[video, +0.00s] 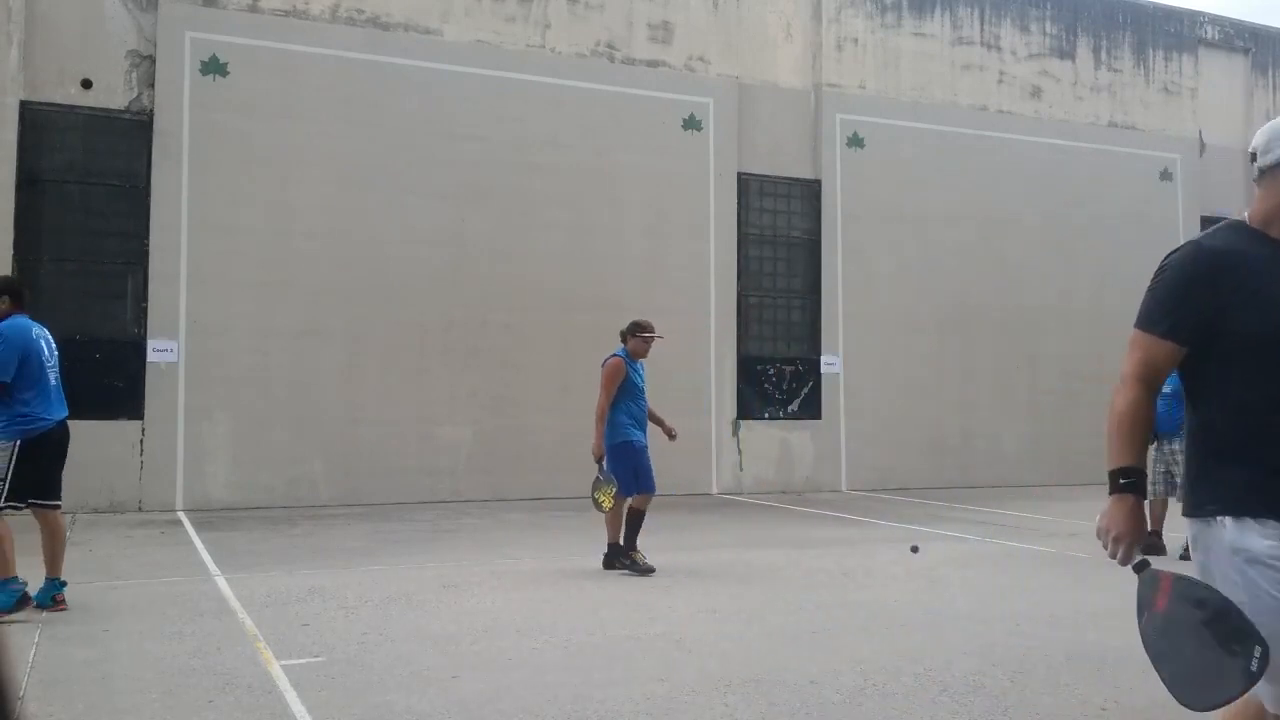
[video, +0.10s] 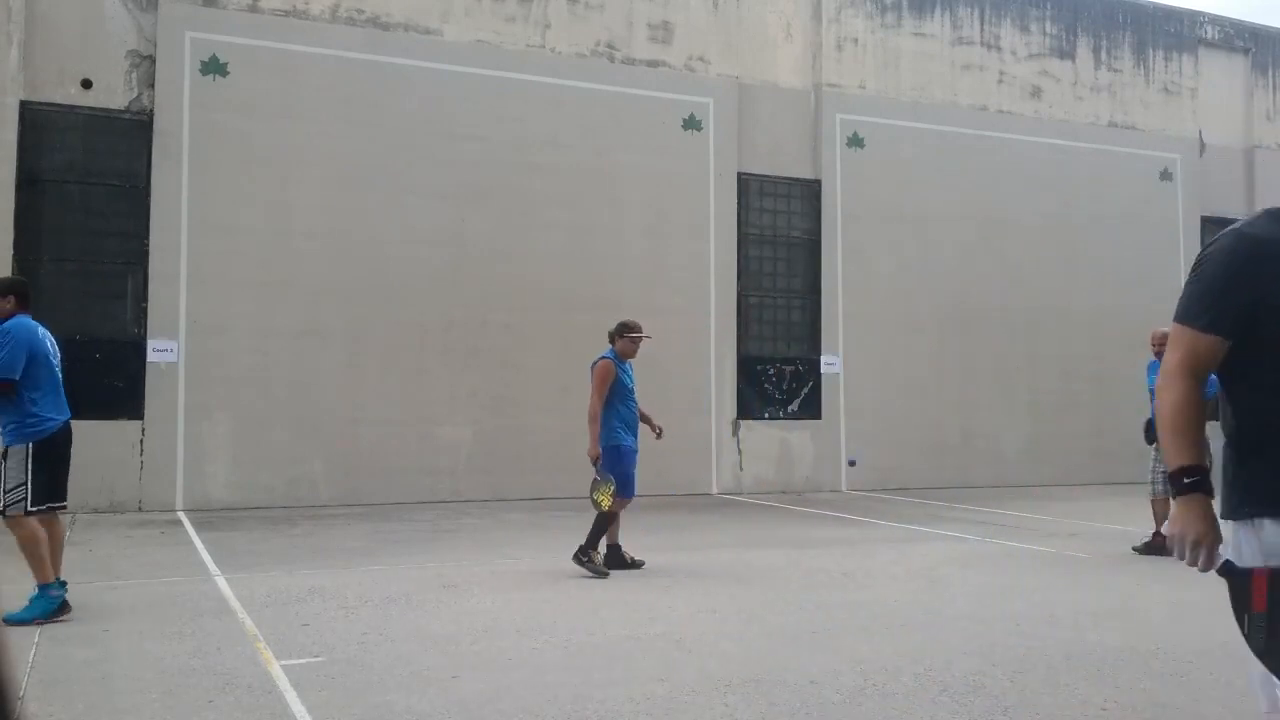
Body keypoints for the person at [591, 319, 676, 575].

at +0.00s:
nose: (649, 345)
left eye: (651, 341)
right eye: (645, 340)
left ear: (645, 343)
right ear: (630, 340)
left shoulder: (636, 365)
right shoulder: (617, 364)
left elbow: (639, 404)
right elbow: (603, 404)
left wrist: (663, 424)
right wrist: (598, 441)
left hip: (627, 437)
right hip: (626, 439)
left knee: (618, 493)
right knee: (645, 489)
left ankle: (613, 552)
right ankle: (629, 550)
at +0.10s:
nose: (638, 346)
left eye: (639, 342)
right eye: (634, 341)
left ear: (631, 343)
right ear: (618, 340)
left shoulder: (624, 365)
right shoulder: (606, 365)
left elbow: (627, 404)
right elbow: (595, 405)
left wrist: (649, 421)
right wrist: (593, 444)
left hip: (625, 442)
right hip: (615, 444)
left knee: (616, 498)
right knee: (622, 497)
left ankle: (613, 552)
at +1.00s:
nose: (599, 340)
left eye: (598, 336)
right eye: (596, 336)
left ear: (579, 339)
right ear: (584, 338)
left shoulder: (562, 361)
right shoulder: (581, 361)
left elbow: (567, 407)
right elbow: (580, 403)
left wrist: (589, 434)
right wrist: (596, 433)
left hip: (552, 439)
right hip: (567, 441)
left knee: (559, 497)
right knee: (578, 498)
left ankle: (561, 551)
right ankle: (549, 558)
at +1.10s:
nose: (601, 341)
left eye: (600, 336)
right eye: (598, 337)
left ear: (580, 339)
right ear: (586, 338)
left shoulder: (560, 362)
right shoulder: (584, 361)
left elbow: (564, 409)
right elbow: (585, 403)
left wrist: (591, 434)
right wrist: (602, 431)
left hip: (549, 439)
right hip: (569, 440)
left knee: (560, 497)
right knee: (584, 496)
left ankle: (564, 552)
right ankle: (559, 556)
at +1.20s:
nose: (604, 341)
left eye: (603, 337)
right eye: (601, 337)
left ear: (582, 340)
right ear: (589, 338)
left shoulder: (562, 361)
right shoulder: (588, 361)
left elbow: (566, 408)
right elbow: (591, 404)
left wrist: (592, 431)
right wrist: (605, 429)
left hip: (550, 439)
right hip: (571, 439)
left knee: (562, 496)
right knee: (588, 494)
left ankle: (563, 555)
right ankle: (574, 555)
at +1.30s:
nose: (608, 342)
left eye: (607, 338)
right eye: (605, 338)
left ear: (587, 341)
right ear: (592, 340)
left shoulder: (567, 361)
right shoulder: (593, 362)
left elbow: (573, 406)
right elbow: (597, 404)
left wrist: (596, 430)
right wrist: (609, 433)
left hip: (552, 440)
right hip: (574, 441)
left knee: (564, 496)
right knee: (590, 495)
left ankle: (563, 555)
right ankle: (587, 560)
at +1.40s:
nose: (613, 347)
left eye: (613, 342)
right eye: (611, 342)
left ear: (591, 342)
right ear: (600, 342)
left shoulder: (570, 361)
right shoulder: (597, 363)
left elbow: (577, 408)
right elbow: (600, 406)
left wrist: (600, 432)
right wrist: (613, 437)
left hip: (554, 440)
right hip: (576, 441)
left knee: (566, 496)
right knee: (592, 496)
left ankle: (564, 555)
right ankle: (594, 560)